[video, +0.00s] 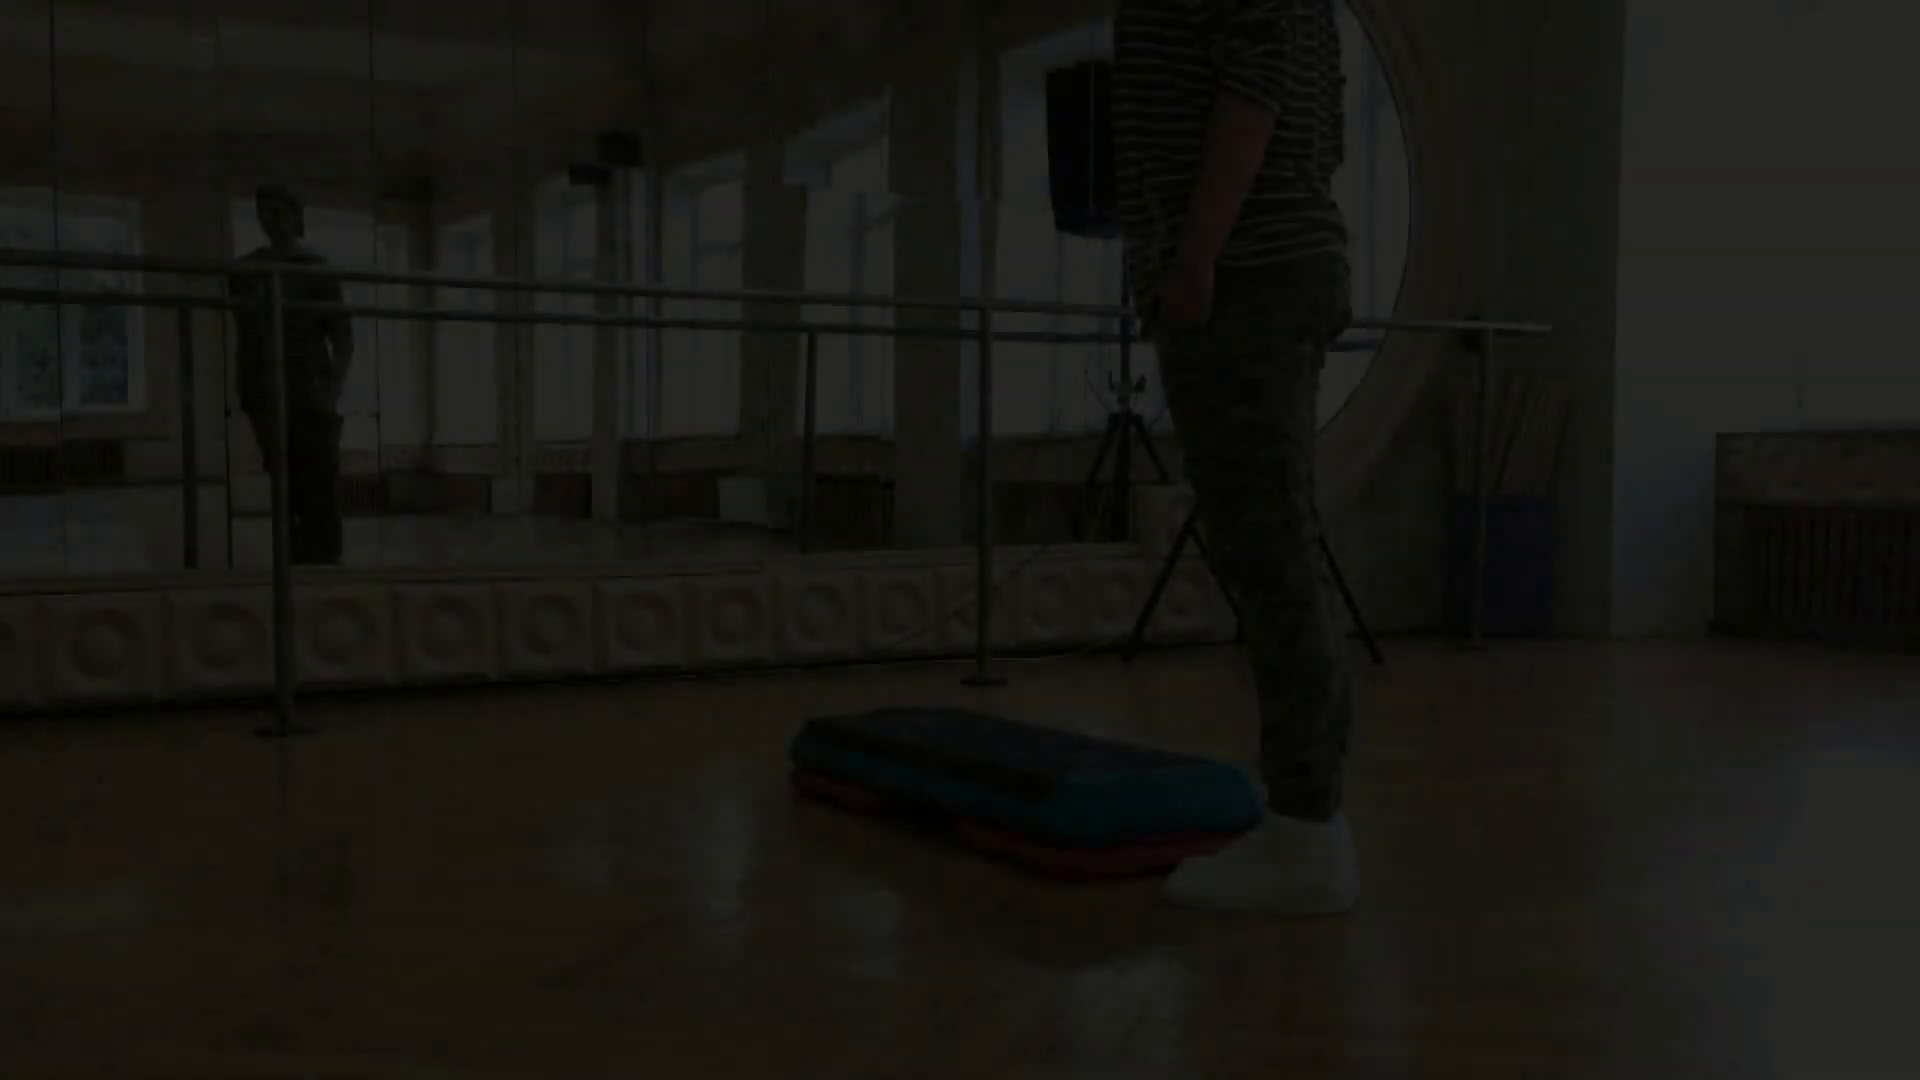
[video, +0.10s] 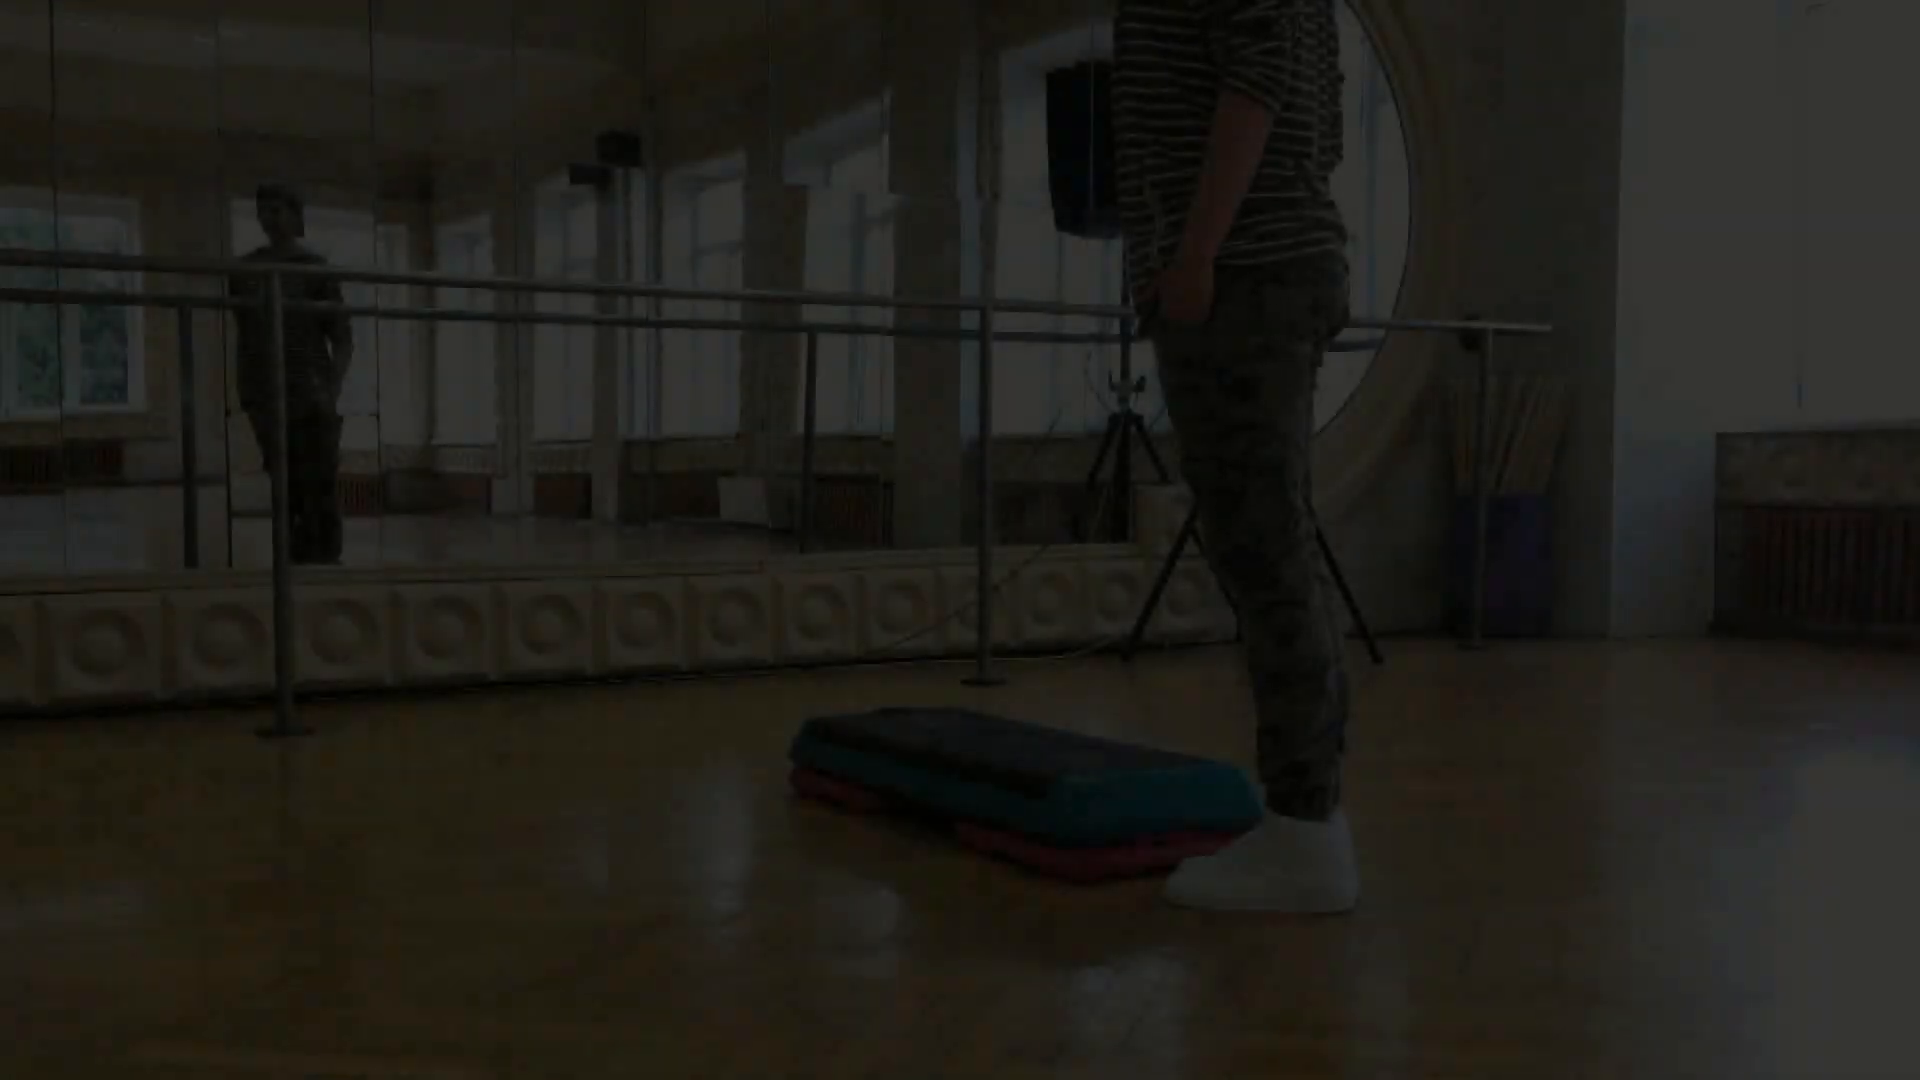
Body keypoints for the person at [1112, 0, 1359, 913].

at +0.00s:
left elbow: (1250, 97)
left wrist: (1195, 257)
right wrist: (1179, 254)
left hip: (1253, 275)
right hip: (1240, 274)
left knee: (1264, 544)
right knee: (1263, 543)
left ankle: (1304, 829)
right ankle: (1302, 819)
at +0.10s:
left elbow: (1255, 85)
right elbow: (1250, 92)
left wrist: (1195, 254)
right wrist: (1179, 254)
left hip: (1251, 270)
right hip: (1242, 268)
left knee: (1260, 546)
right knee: (1262, 544)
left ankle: (1303, 830)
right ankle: (1303, 820)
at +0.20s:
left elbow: (1251, 78)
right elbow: (1255, 86)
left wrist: (1190, 249)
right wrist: (1182, 249)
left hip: (1246, 266)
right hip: (1253, 263)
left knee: (1255, 542)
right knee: (1264, 539)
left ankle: (1299, 827)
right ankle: (1303, 815)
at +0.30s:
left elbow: (1251, 72)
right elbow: (1254, 80)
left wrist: (1190, 247)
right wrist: (1180, 248)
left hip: (1248, 261)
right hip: (1256, 257)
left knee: (1257, 542)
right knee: (1266, 539)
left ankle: (1299, 830)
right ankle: (1303, 819)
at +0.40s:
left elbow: (1256, 78)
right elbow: (1251, 85)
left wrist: (1194, 254)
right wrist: (1177, 253)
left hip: (1250, 270)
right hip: (1253, 266)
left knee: (1261, 547)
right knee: (1271, 544)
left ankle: (1301, 834)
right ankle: (1306, 821)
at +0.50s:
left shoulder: (1246, 2)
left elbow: (1262, 83)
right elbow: (1258, 90)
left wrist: (1197, 257)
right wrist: (1182, 255)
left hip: (1249, 276)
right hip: (1250, 273)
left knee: (1264, 548)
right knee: (1272, 545)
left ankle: (1303, 835)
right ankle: (1306, 821)